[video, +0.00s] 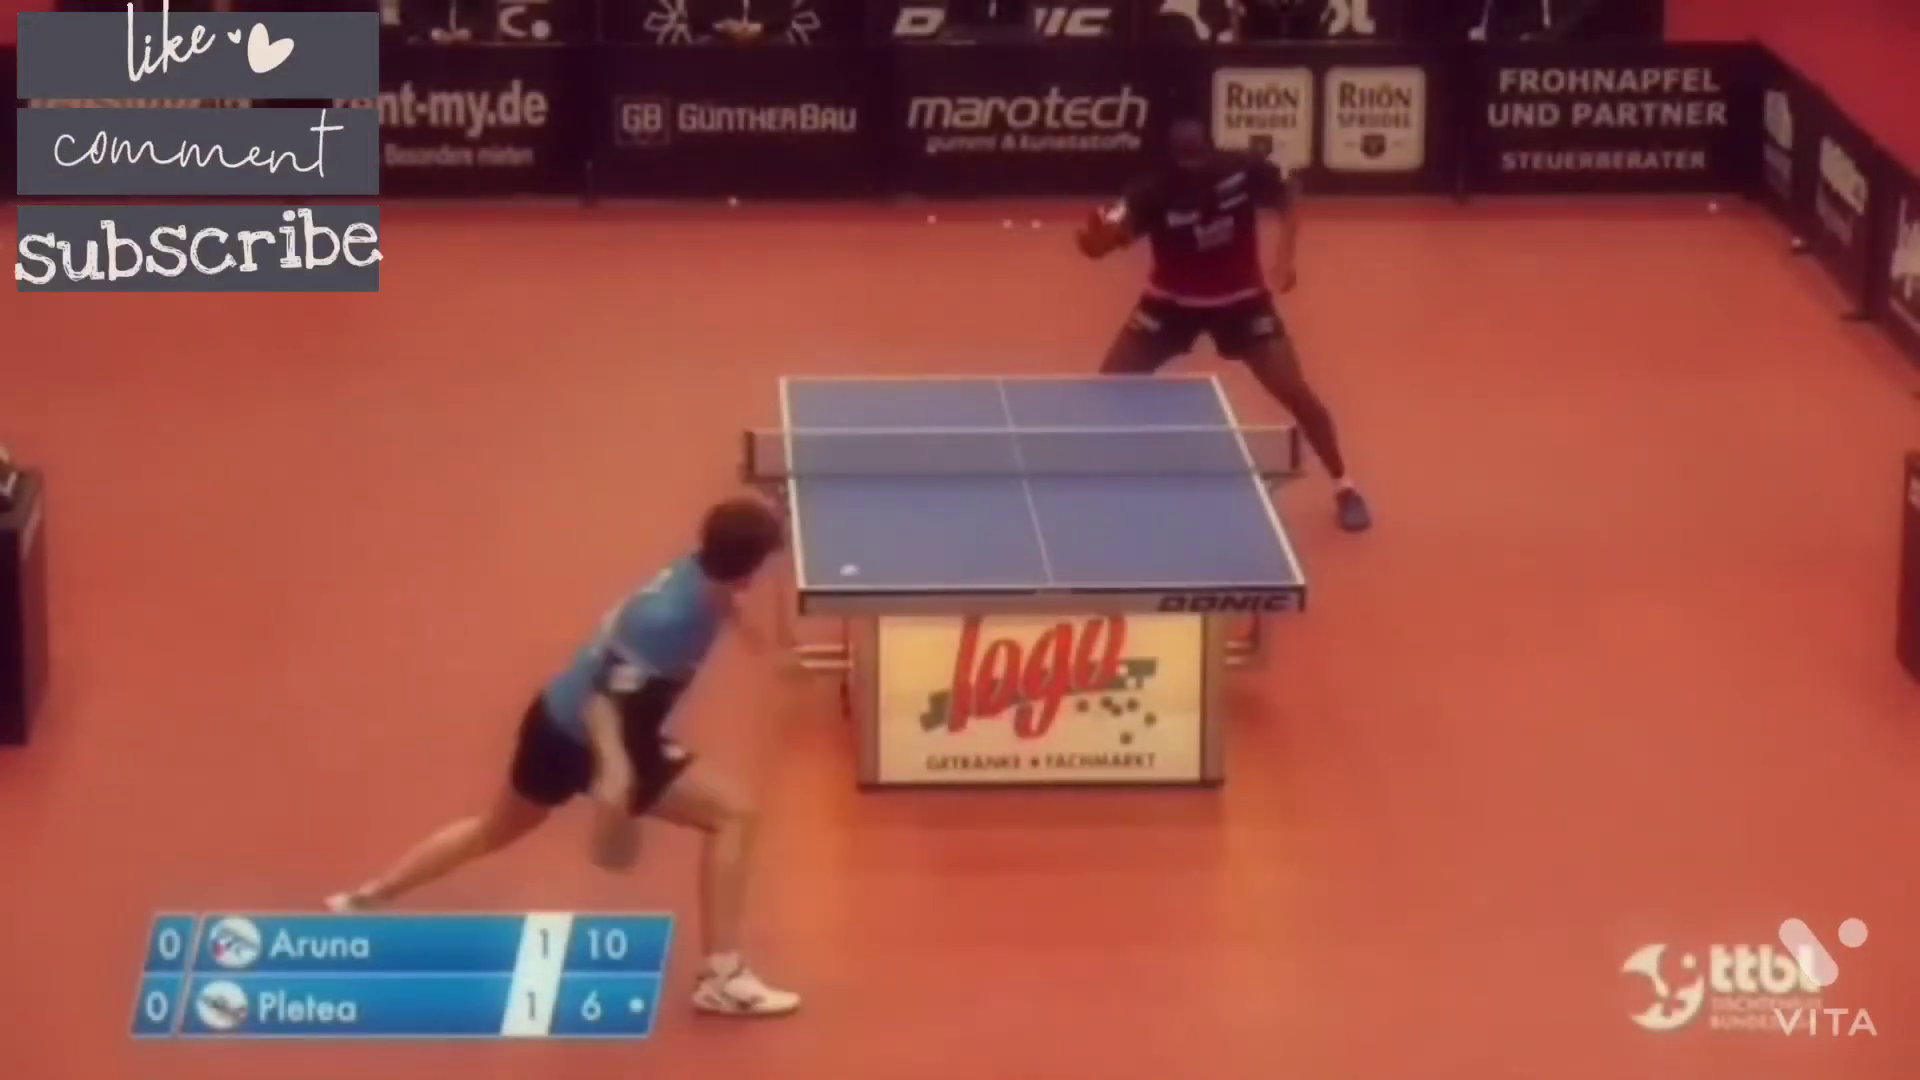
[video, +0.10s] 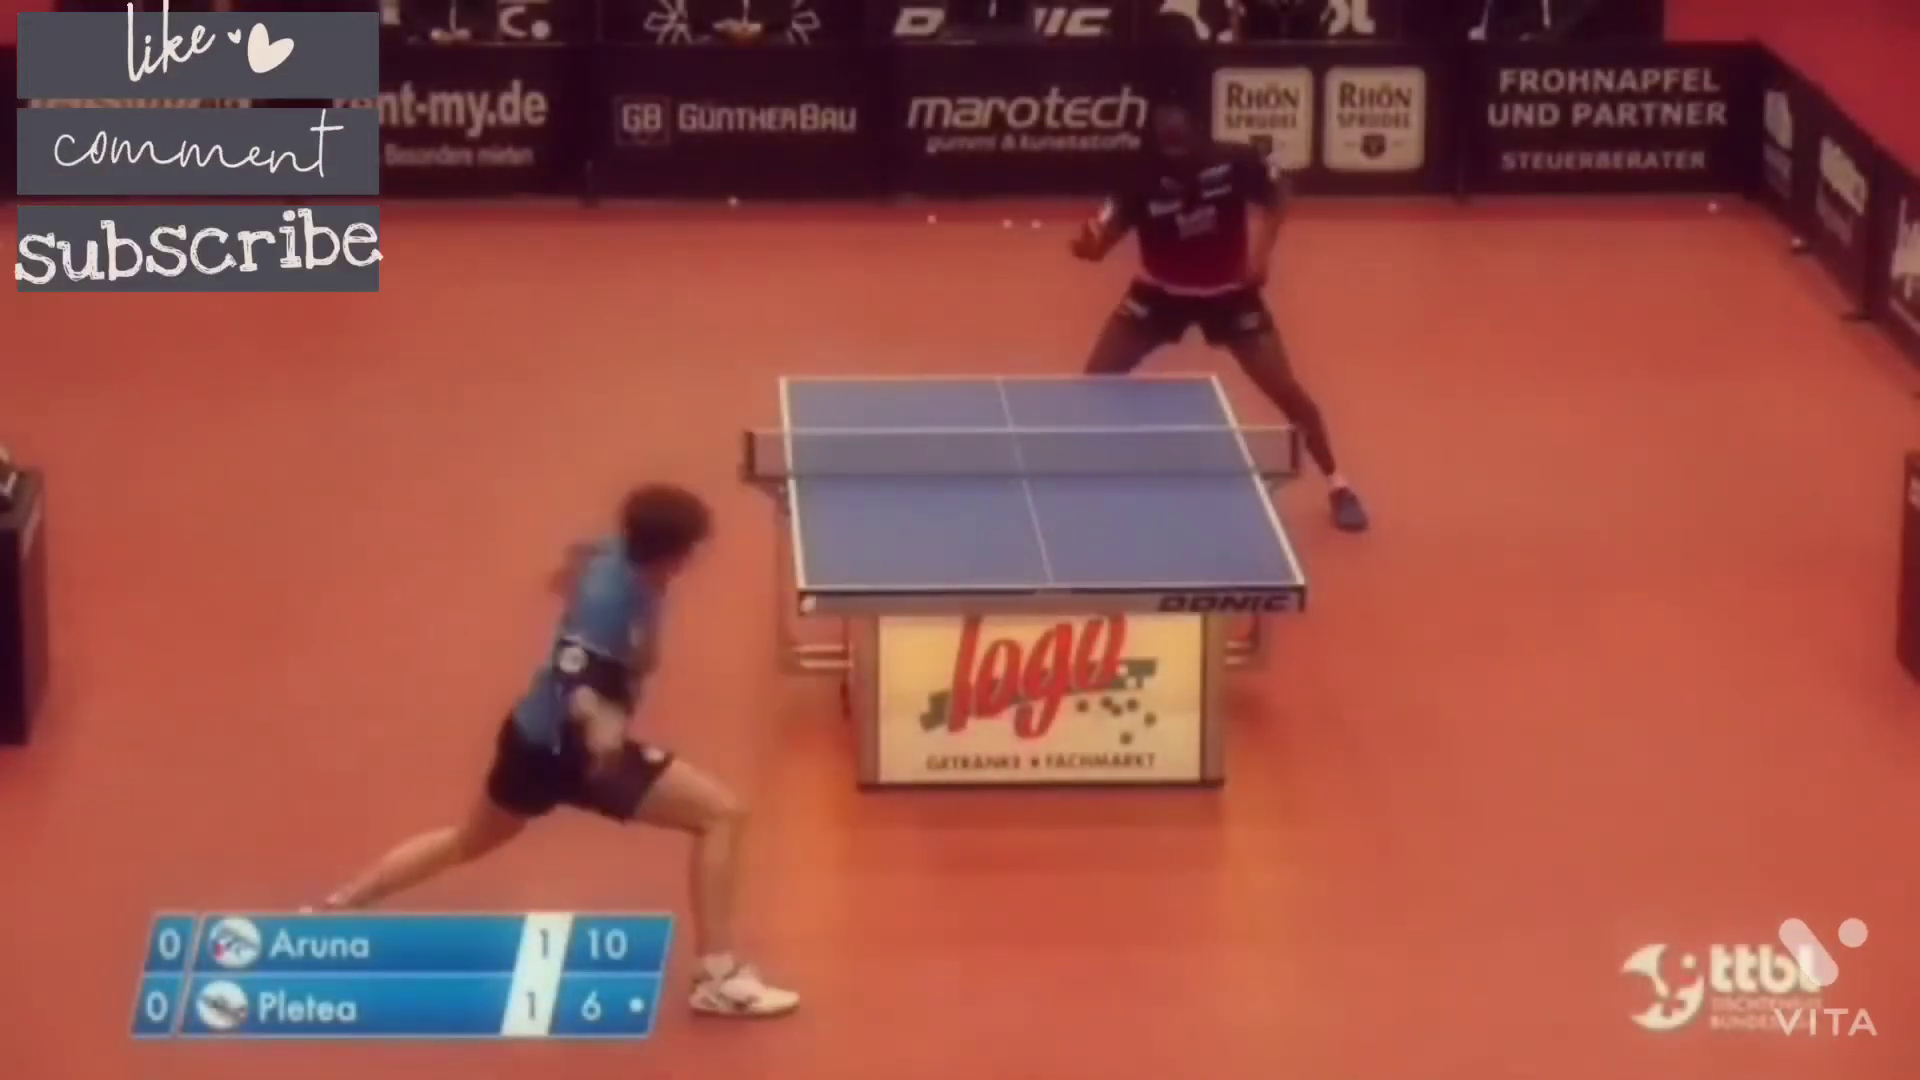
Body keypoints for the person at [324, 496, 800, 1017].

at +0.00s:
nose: (769, 568)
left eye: (770, 557)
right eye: (767, 559)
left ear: (710, 543)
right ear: (749, 569)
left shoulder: (697, 578)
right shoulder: (668, 617)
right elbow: (604, 704)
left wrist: (761, 645)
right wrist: (617, 780)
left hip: (561, 722)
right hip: (597, 740)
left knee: (495, 828)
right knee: (734, 816)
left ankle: (364, 898)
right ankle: (723, 973)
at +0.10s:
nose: (691, 561)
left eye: (691, 549)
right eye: (688, 551)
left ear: (642, 535)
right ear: (666, 553)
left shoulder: (615, 561)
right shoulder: (612, 595)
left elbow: (572, 567)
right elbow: (574, 680)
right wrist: (603, 722)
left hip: (531, 736)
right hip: (569, 748)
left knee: (468, 840)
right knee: (723, 814)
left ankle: (338, 905)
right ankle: (718, 974)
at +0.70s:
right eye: (717, 496)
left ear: (661, 506)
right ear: (721, 508)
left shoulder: (625, 567)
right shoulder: (738, 592)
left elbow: (550, 610)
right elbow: (779, 672)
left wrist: (561, 665)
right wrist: (800, 659)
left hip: (594, 756)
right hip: (674, 766)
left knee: (527, 799)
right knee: (796, 862)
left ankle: (486, 927)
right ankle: (889, 992)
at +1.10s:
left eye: (746, 468)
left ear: (744, 480)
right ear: (801, 488)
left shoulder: (726, 526)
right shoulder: (817, 558)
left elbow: (665, 552)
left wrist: (654, 576)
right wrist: (838, 550)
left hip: (688, 715)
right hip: (768, 725)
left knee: (604, 838)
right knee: (855, 858)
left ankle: (533, 959)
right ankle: (922, 998)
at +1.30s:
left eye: (708, 435)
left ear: (712, 441)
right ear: (775, 443)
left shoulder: (709, 490)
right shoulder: (795, 515)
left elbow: (687, 541)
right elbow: (815, 588)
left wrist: (630, 604)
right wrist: (752, 593)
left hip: (699, 704)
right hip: (779, 707)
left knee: (604, 833)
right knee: (853, 839)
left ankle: (538, 967)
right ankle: (926, 972)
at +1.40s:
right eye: (779, 476)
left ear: (719, 484)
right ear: (781, 486)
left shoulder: (694, 552)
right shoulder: (808, 562)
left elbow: (627, 596)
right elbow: (857, 619)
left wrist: (620, 648)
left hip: (699, 750)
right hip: (786, 750)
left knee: (603, 863)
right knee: (868, 856)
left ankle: (535, 990)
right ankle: (939, 986)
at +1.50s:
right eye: (798, 474)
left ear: (741, 481)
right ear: (802, 484)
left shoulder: (706, 547)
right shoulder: (829, 561)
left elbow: (633, 587)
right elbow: (884, 632)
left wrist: (652, 624)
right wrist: (882, 592)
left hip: (709, 745)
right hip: (800, 746)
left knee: (611, 834)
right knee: (892, 834)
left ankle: (547, 960)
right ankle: (943, 975)